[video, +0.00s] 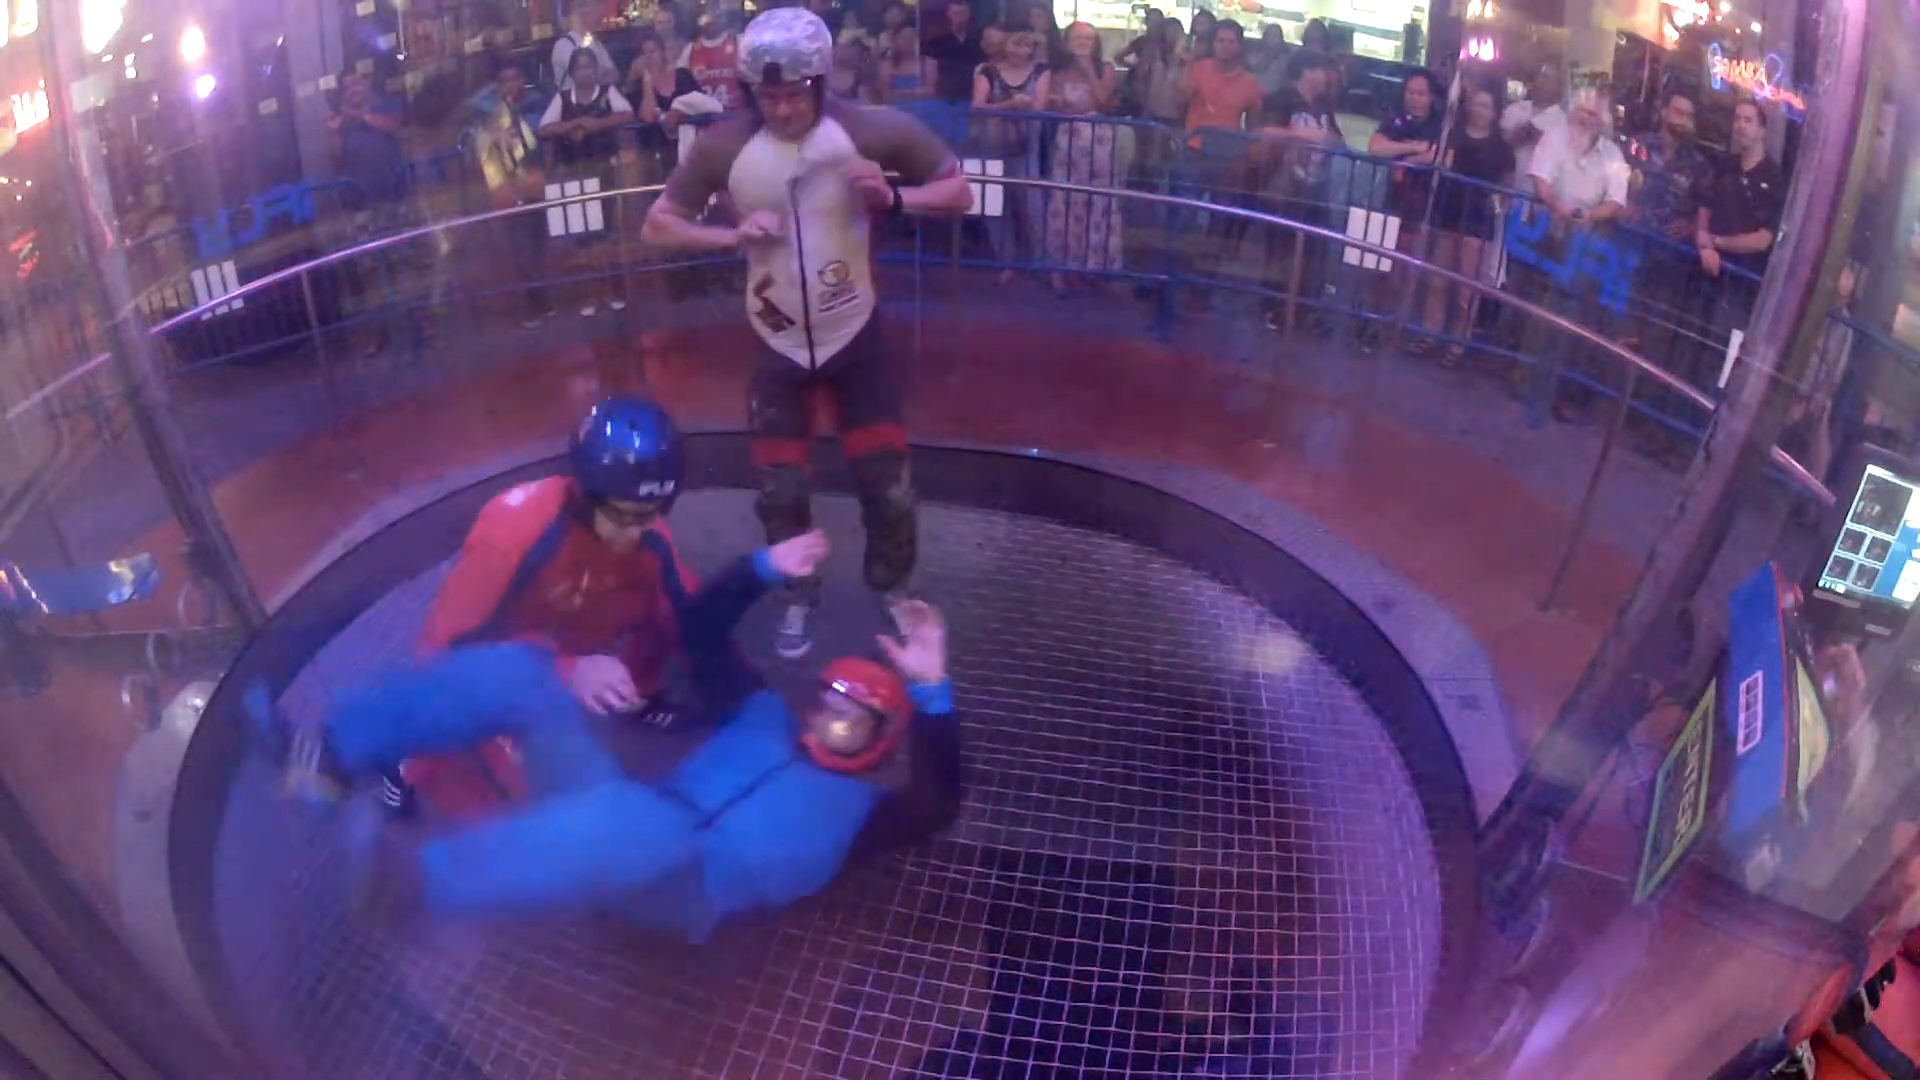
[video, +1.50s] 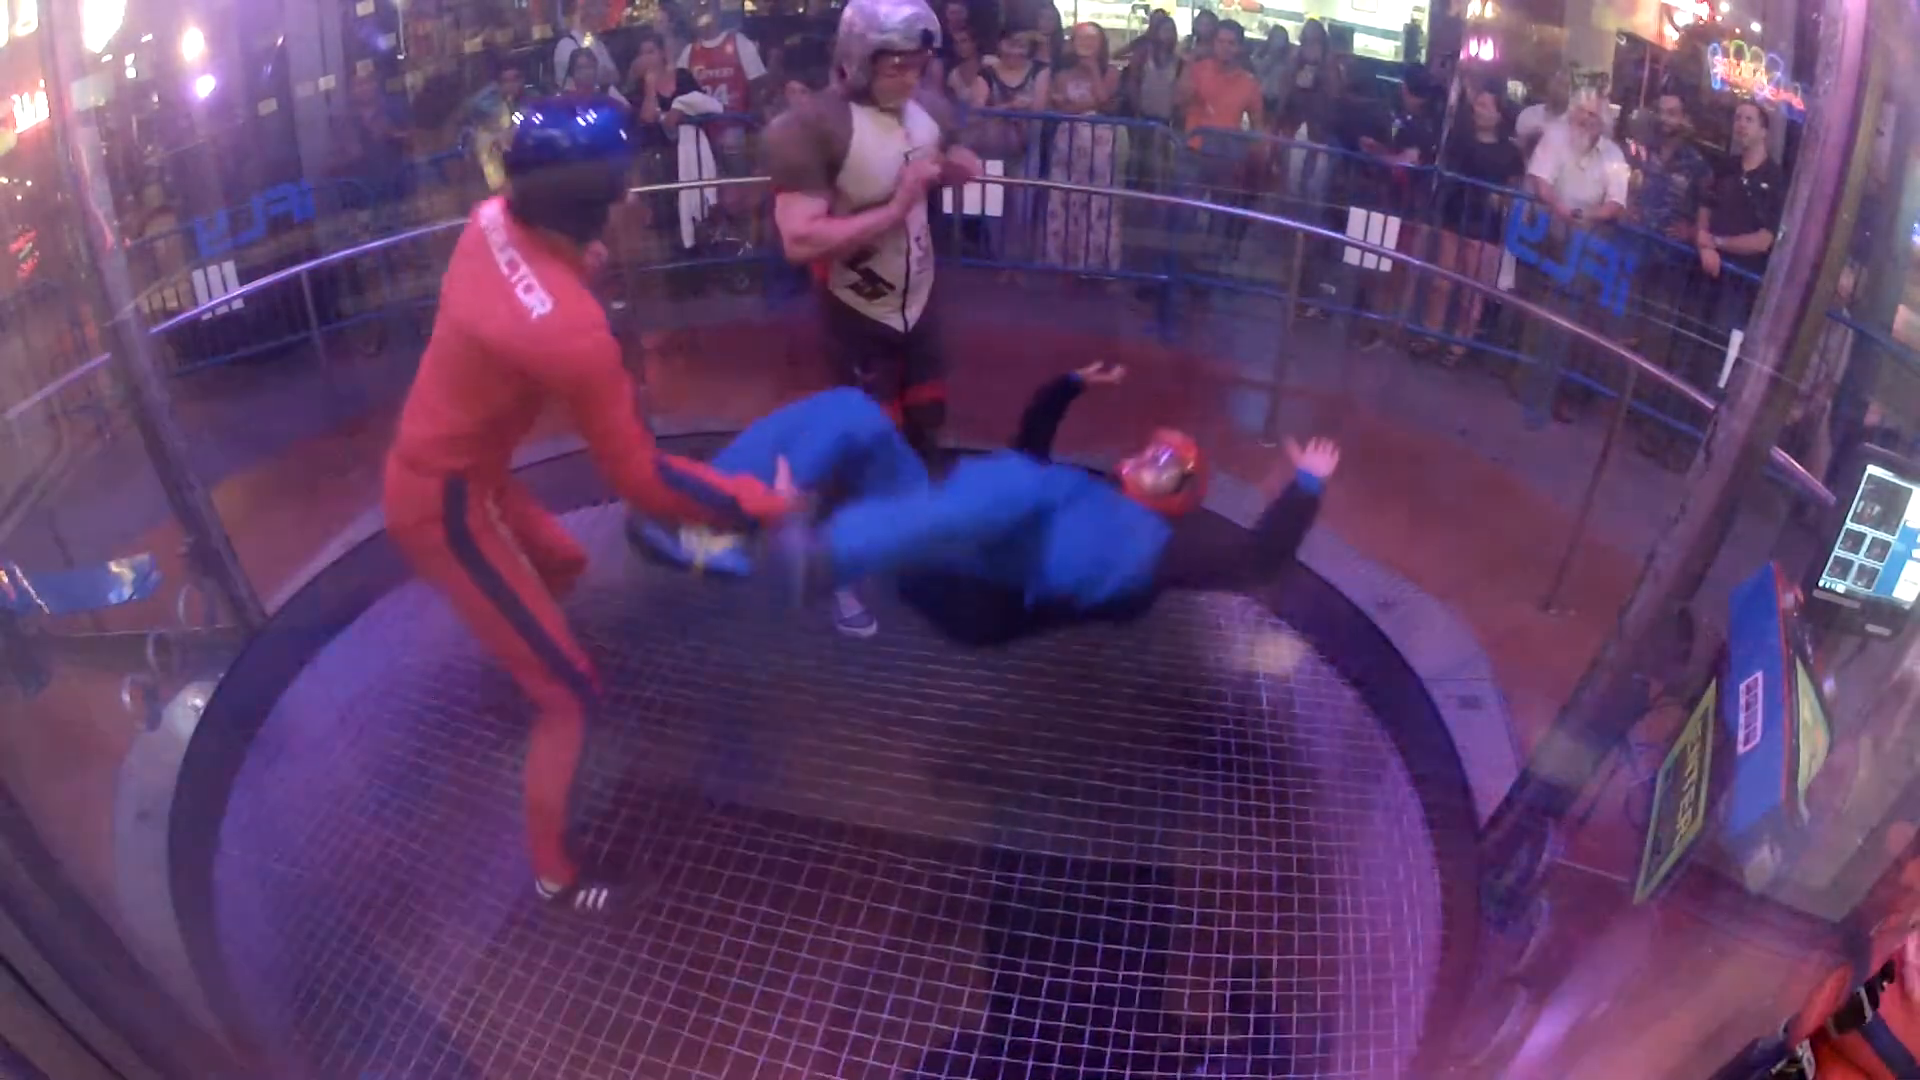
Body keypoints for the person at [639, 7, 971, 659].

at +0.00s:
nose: (783, 102)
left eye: (796, 89)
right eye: (769, 90)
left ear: (821, 80)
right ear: (751, 86)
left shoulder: (873, 132)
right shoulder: (724, 146)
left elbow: (959, 190)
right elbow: (658, 222)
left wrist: (896, 198)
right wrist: (731, 235)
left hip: (858, 339)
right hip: (776, 346)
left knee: (887, 490)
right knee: (779, 492)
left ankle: (890, 599)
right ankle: (797, 599)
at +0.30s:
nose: (785, 100)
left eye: (798, 87)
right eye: (772, 88)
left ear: (823, 81)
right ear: (753, 84)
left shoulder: (868, 131)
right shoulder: (712, 145)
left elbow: (948, 177)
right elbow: (656, 224)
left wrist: (902, 189)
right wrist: (725, 244)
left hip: (856, 337)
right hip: (773, 347)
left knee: (886, 482)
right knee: (780, 492)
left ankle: (899, 590)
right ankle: (805, 613)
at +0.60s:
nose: (829, 105)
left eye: (841, 92)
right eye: (815, 92)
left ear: (859, 81)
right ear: (789, 81)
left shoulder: (892, 130)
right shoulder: (749, 141)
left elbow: (953, 192)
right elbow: (692, 226)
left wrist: (912, 215)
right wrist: (767, 256)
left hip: (877, 326)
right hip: (797, 332)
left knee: (909, 471)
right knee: (798, 474)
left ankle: (902, 547)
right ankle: (800, 595)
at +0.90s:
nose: (865, 91)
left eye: (877, 77)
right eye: (851, 80)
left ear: (893, 68)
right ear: (824, 74)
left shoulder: (926, 113)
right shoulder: (791, 137)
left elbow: (997, 157)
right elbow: (748, 235)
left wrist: (963, 181)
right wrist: (827, 253)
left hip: (919, 312)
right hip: (844, 317)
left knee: (923, 455)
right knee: (849, 456)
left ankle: (901, 580)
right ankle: (818, 583)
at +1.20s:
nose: (893, 85)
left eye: (903, 72)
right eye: (879, 73)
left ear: (917, 66)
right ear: (848, 67)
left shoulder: (939, 110)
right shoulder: (810, 130)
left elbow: (994, 162)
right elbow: (773, 235)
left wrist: (968, 174)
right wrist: (868, 240)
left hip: (929, 301)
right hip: (855, 305)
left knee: (926, 437)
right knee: (871, 445)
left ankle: (904, 548)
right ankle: (843, 556)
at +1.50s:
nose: (905, 79)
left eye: (914, 66)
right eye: (892, 67)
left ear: (925, 64)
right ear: (855, 64)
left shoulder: (922, 114)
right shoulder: (810, 128)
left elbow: (918, 178)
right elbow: (799, 241)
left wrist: (948, 171)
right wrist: (895, 210)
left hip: (921, 308)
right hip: (856, 316)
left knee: (928, 427)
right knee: (873, 434)